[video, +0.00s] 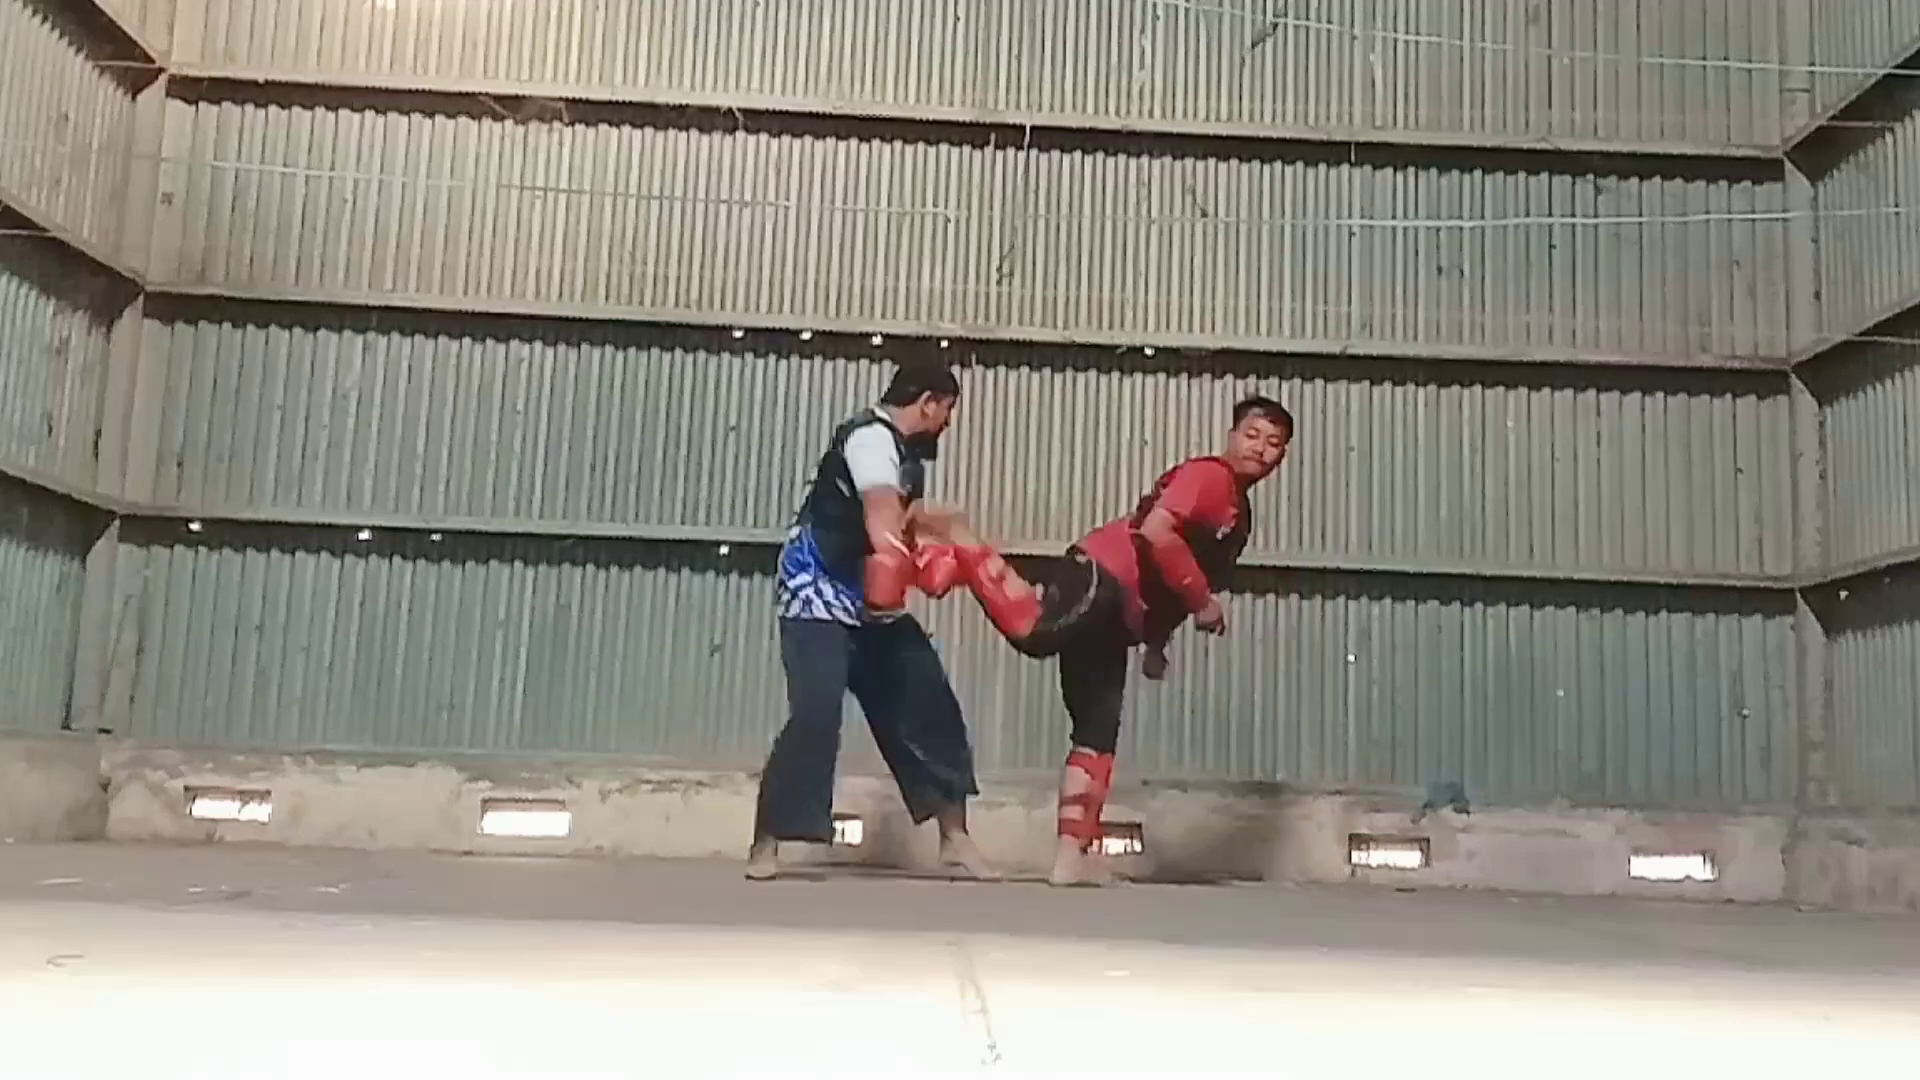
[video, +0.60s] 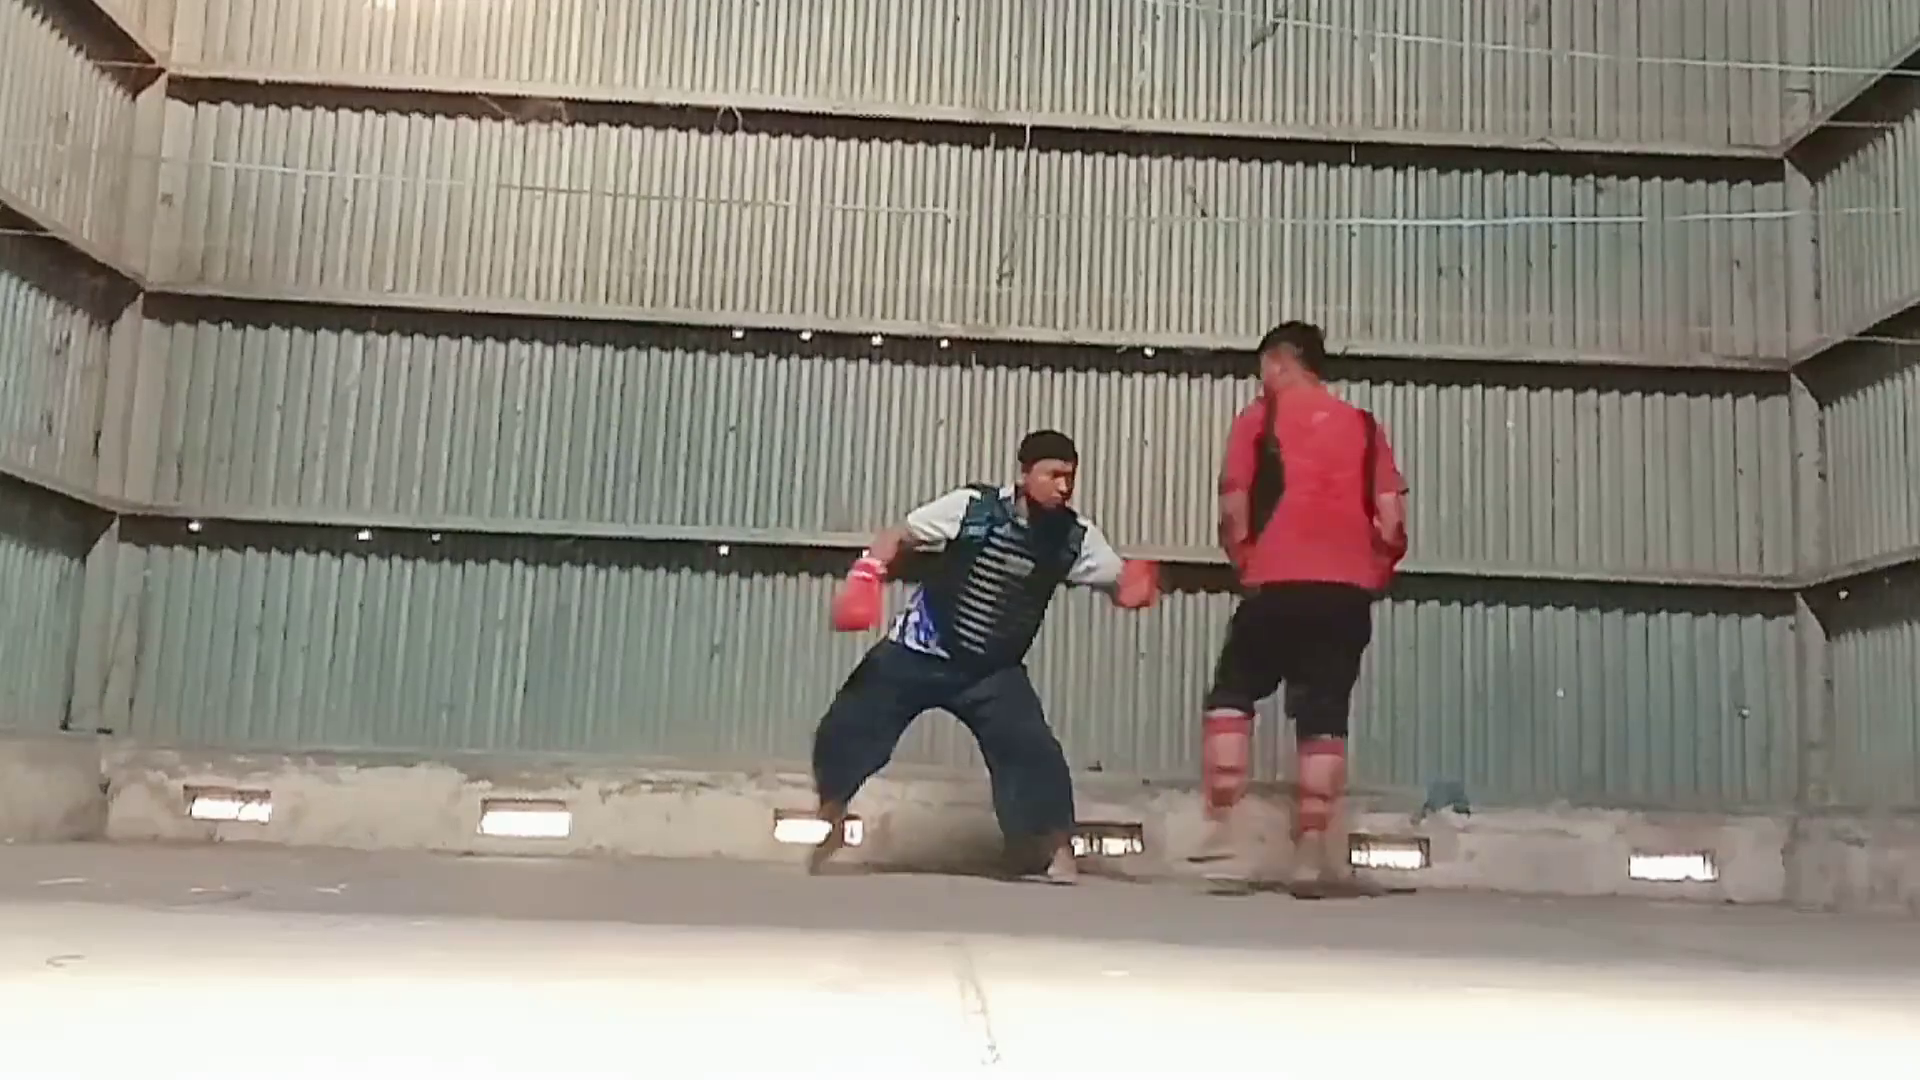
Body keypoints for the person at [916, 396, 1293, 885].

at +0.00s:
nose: (1261, 448)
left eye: (1274, 443)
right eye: (1252, 435)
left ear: (1282, 457)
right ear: (1231, 437)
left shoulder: (1234, 512)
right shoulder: (1208, 476)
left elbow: (1177, 577)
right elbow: (1156, 530)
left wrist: (1157, 642)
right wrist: (1202, 599)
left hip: (1113, 619)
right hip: (1101, 577)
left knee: (1096, 731)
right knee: (1031, 631)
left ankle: (1071, 859)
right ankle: (965, 557)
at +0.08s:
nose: (1265, 453)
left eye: (1278, 448)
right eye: (1258, 439)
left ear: (1284, 458)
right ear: (1235, 436)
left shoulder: (1232, 510)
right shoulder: (1211, 477)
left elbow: (1177, 583)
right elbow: (1159, 532)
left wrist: (1176, 646)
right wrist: (1203, 602)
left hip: (1129, 614)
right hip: (1111, 575)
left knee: (1108, 738)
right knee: (1060, 659)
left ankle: (1072, 859)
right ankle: (968, 586)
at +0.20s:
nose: (1291, 455)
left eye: (1296, 445)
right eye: (1289, 441)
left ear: (1253, 432)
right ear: (1257, 428)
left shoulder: (1229, 476)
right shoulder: (1226, 466)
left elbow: (1188, 569)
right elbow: (1188, 528)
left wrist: (1200, 634)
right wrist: (1232, 601)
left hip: (1124, 592)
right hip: (1137, 592)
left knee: (1117, 728)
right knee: (1170, 709)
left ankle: (1074, 853)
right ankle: (1060, 746)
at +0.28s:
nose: (1299, 448)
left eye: (1303, 437)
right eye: (1299, 434)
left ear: (1257, 422)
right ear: (1275, 423)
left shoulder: (1218, 457)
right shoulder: (1240, 459)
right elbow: (1209, 529)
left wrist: (1207, 620)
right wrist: (1250, 604)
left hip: (1124, 589)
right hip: (1165, 597)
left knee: (1120, 720)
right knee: (1206, 715)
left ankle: (1072, 853)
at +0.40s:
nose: (1300, 426)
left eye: (1299, 417)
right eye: (1302, 418)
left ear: (1253, 406)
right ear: (1298, 416)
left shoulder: (1208, 454)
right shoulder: (1287, 458)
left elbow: (1175, 537)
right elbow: (1276, 539)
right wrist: (1295, 622)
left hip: (1173, 610)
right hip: (1237, 619)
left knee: (1142, 727)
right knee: (1272, 732)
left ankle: (1079, 849)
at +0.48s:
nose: (1247, 400)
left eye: (1251, 391)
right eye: (1252, 391)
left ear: (1262, 393)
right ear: (1301, 402)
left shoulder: (1214, 448)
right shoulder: (1320, 452)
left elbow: (1181, 533)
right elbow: (1327, 537)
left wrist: (1209, 588)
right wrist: (1320, 615)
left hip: (1208, 611)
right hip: (1279, 618)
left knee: (1163, 719)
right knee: (1293, 742)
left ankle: (1099, 843)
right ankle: (1280, 873)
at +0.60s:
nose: (1261, 380)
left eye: (1262, 370)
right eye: (1261, 372)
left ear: (1280, 362)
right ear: (1318, 365)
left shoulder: (1258, 415)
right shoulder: (1365, 423)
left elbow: (1234, 503)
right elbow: (1391, 521)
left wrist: (1247, 567)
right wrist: (1371, 576)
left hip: (1276, 593)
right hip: (1346, 595)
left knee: (1230, 700)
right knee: (1323, 715)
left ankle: (1225, 831)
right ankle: (1314, 854)